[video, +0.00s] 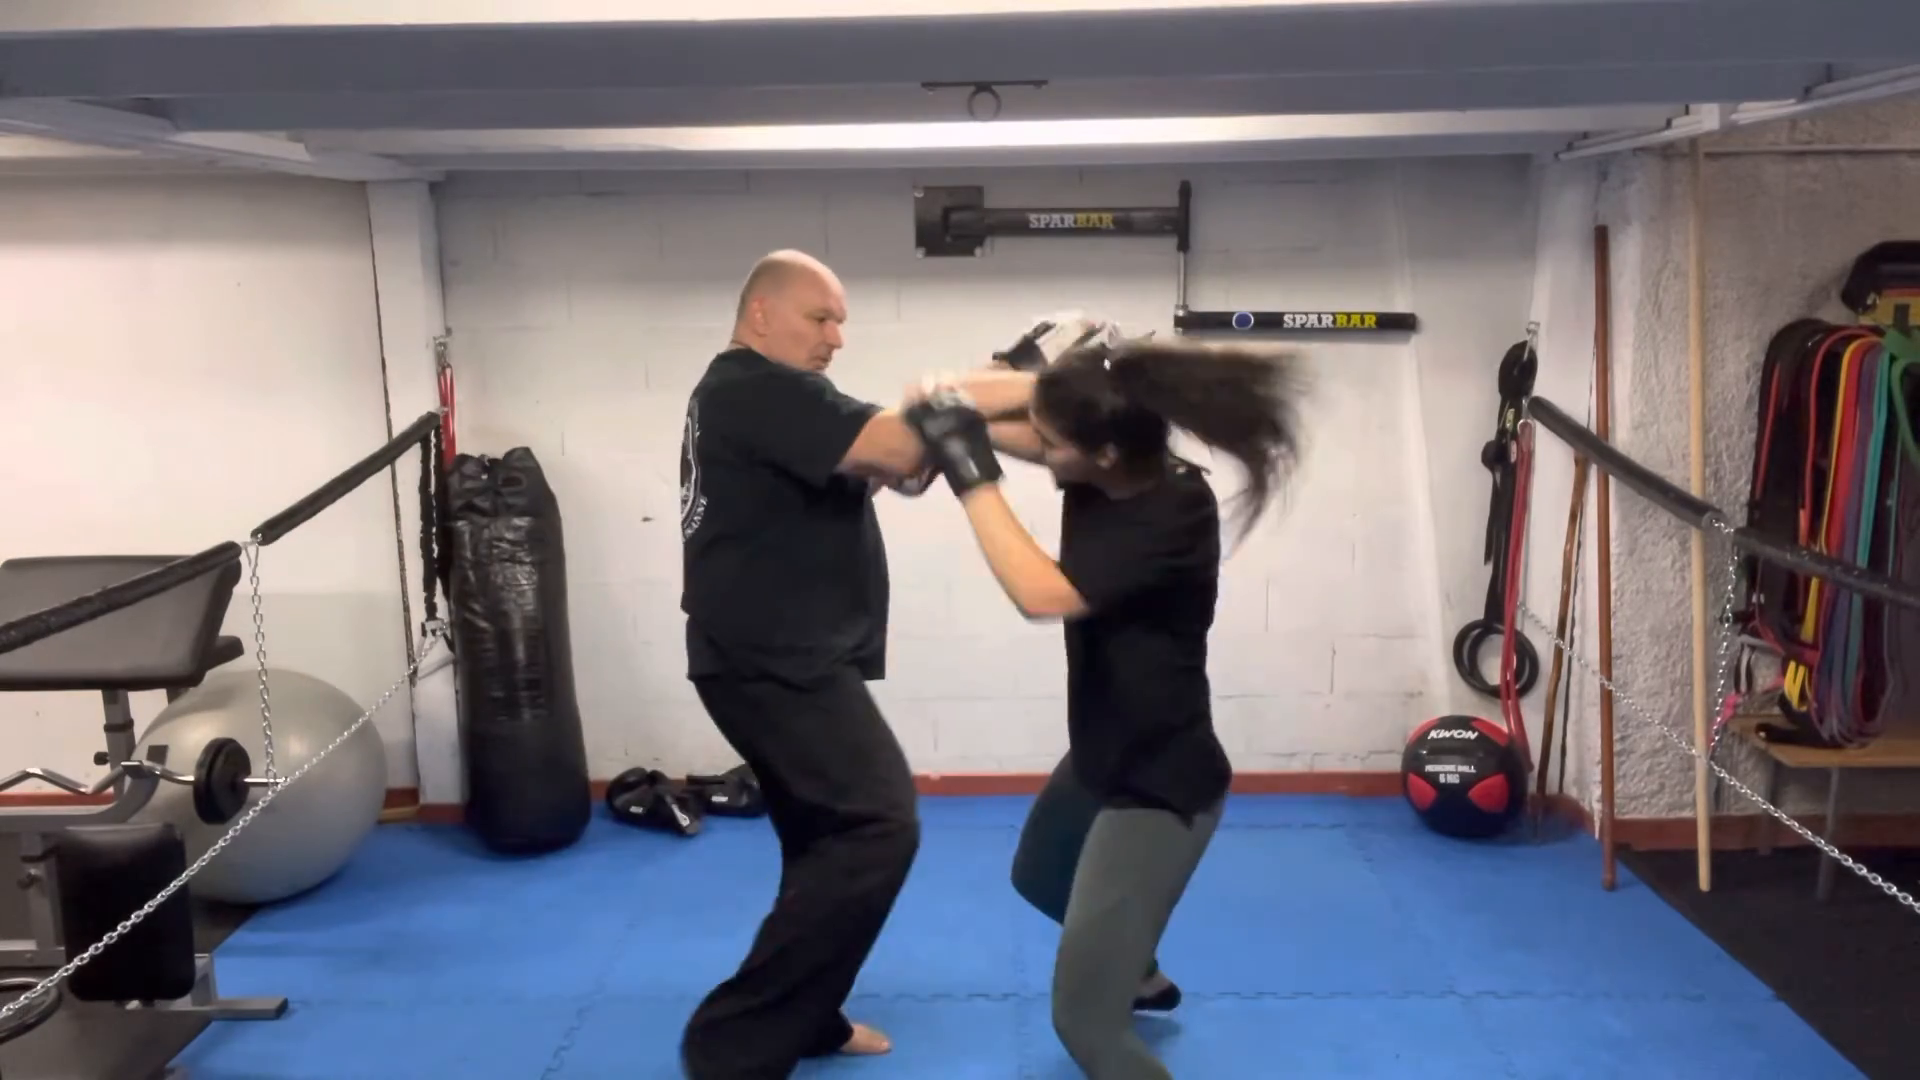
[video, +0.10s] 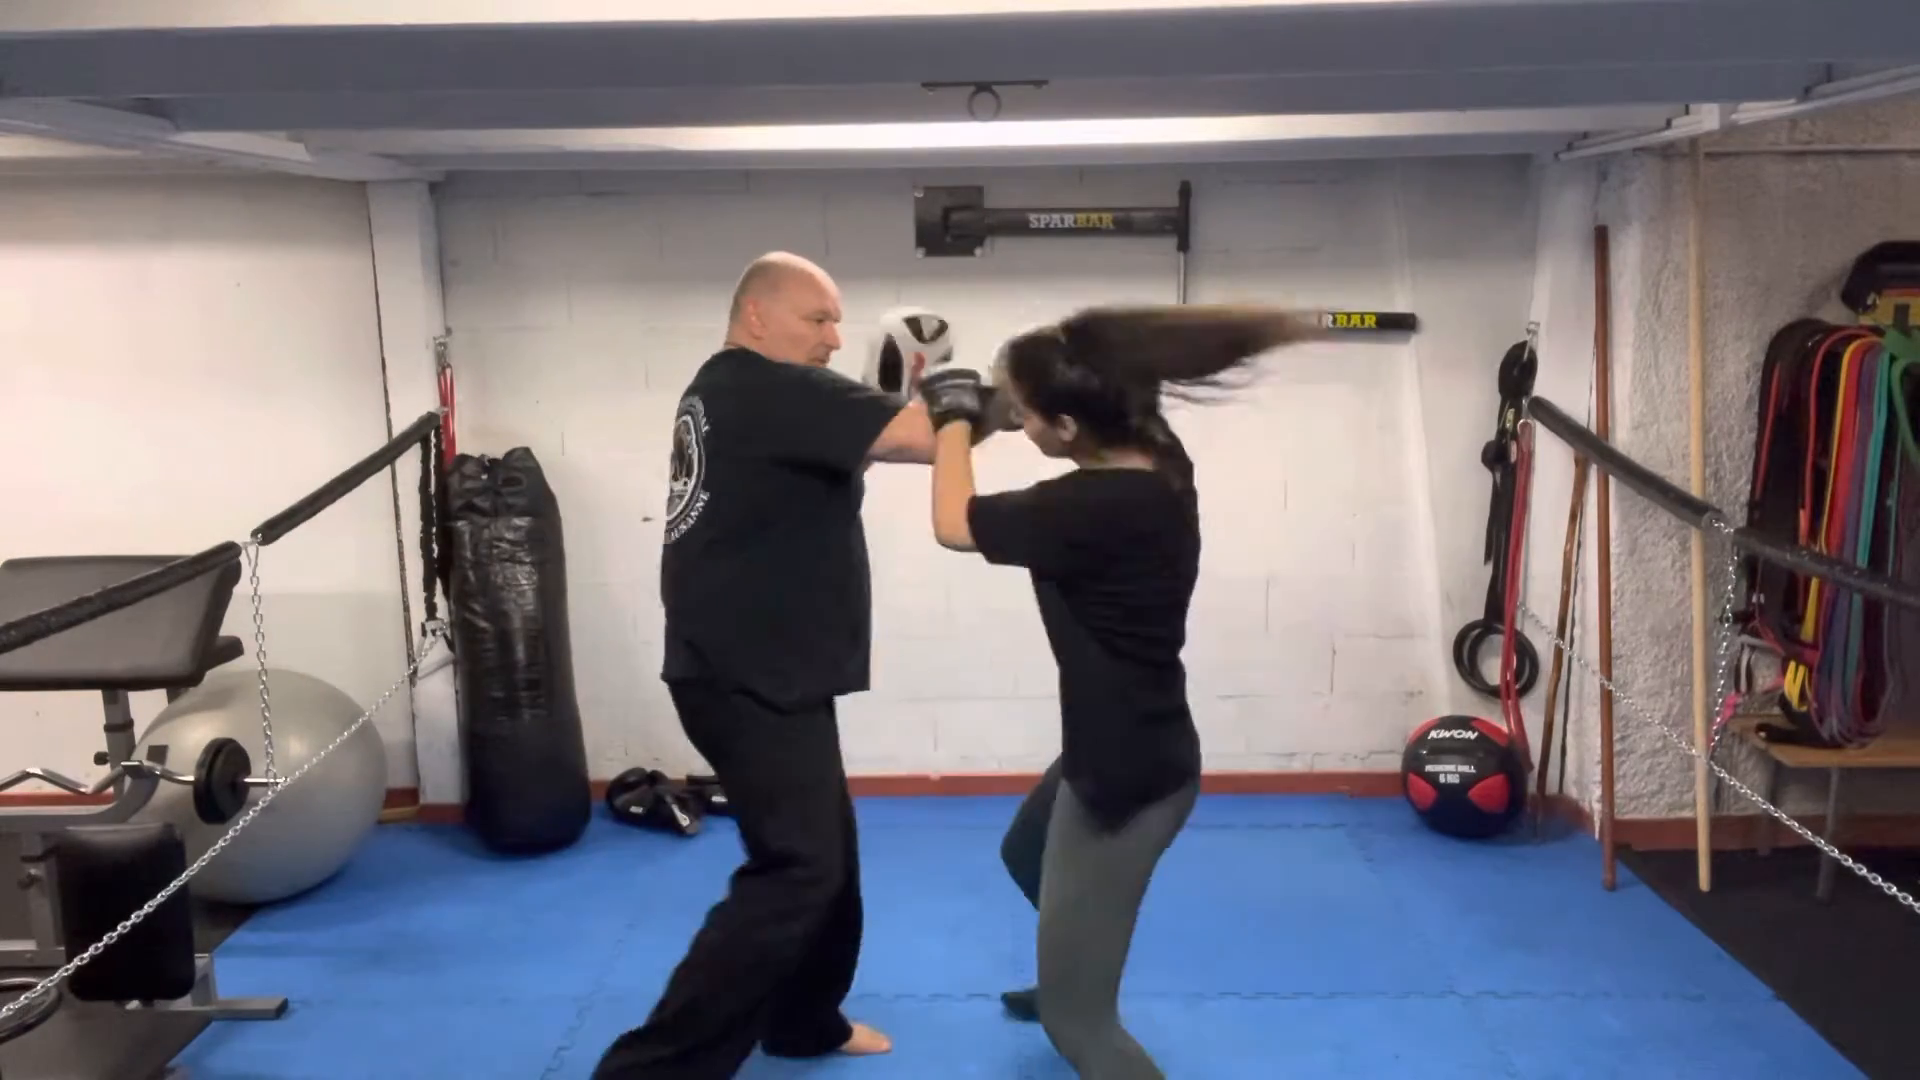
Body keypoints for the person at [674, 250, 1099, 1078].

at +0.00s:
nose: (835, 339)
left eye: (838, 324)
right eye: (820, 321)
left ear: (763, 320)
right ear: (758, 314)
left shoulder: (775, 390)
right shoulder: (754, 389)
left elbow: (906, 465)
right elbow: (894, 446)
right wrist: (1022, 379)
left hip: (784, 661)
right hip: (775, 664)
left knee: (829, 839)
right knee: (878, 828)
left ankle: (804, 1014)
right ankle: (736, 1042)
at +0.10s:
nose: (833, 338)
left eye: (835, 323)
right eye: (818, 320)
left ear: (756, 323)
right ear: (756, 317)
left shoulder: (737, 385)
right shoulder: (761, 389)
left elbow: (846, 441)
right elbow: (920, 431)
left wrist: (898, 390)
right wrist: (978, 393)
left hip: (772, 668)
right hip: (747, 674)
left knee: (828, 850)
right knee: (802, 866)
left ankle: (803, 1023)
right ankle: (652, 1069)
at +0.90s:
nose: (661, 378)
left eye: (663, 358)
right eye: (645, 359)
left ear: (588, 353)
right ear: (575, 352)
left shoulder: (646, 428)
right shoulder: (489, 466)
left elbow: (671, 531)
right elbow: (456, 632)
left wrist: (773, 541)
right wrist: (592, 694)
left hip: (679, 740)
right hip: (568, 756)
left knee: (723, 886)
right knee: (556, 955)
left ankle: (750, 1020)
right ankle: (527, 1072)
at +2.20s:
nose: (589, 397)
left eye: (589, 377)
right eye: (571, 380)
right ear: (501, 371)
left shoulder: (574, 432)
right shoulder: (422, 473)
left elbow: (611, 537)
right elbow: (505, 602)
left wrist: (681, 493)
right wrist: (624, 500)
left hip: (616, 729)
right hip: (509, 752)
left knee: (690, 889)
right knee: (500, 950)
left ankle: (759, 1021)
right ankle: (455, 1070)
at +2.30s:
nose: (610, 396)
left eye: (611, 376)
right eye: (592, 379)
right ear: (522, 373)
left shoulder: (601, 431)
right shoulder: (440, 472)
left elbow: (638, 562)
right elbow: (491, 615)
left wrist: (712, 530)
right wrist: (639, 543)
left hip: (640, 736)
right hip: (527, 759)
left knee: (707, 891)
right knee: (511, 953)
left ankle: (762, 1024)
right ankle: (457, 1070)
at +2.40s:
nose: (633, 395)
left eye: (636, 376)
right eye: (617, 377)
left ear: (559, 372)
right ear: (549, 372)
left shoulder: (619, 431)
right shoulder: (463, 459)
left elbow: (669, 509)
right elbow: (485, 612)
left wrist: (724, 508)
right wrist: (640, 564)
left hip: (655, 725)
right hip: (538, 751)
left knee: (726, 880)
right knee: (515, 948)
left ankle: (761, 1023)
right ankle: (459, 1071)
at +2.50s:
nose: (645, 394)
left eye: (647, 375)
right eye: (629, 376)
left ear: (570, 368)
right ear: (561, 367)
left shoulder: (632, 428)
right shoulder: (472, 454)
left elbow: (699, 511)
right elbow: (493, 598)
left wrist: (758, 471)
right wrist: (633, 531)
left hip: (663, 729)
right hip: (544, 751)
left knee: (727, 880)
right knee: (516, 949)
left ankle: (762, 1025)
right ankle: (461, 1076)